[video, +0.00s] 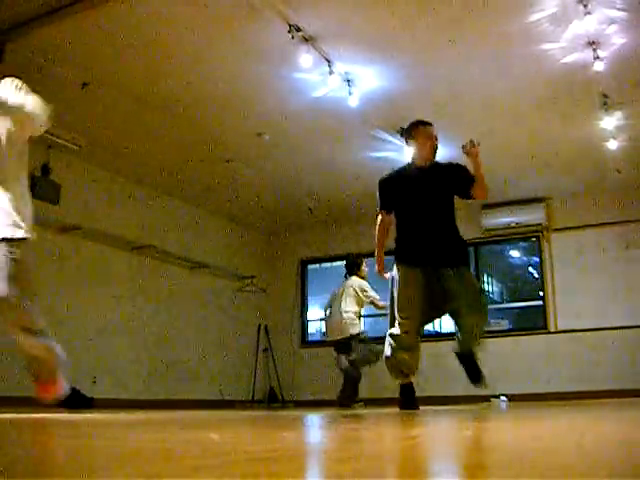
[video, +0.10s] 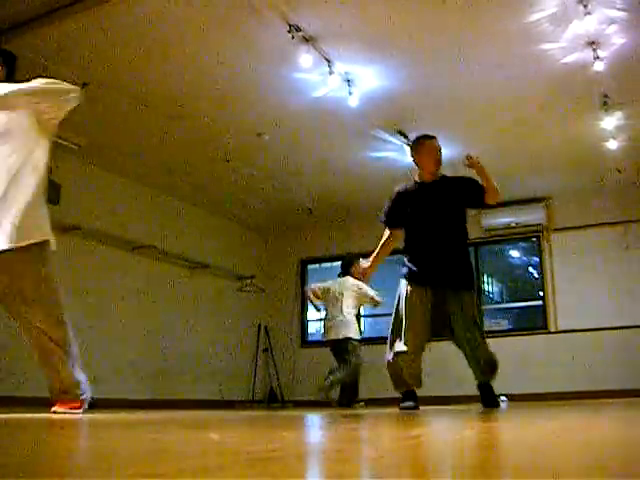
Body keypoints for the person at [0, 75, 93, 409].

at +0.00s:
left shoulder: (10, 92)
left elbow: (39, 114)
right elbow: (39, 113)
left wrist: (10, 96)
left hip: (9, 223)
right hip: (7, 223)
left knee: (14, 307)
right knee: (17, 311)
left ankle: (55, 384)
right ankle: (54, 385)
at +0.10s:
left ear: (6, 70)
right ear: (10, 71)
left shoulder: (28, 106)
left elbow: (70, 92)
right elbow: (70, 93)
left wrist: (10, 94)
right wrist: (19, 97)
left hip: (18, 228)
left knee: (40, 314)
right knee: (36, 315)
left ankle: (71, 392)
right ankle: (69, 391)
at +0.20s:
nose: (8, 83)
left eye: (14, 76)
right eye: (4, 76)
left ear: (25, 83)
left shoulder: (47, 116)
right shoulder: (7, 133)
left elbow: (99, 131)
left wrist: (44, 114)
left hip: (48, 228)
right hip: (10, 233)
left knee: (54, 310)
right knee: (33, 317)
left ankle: (74, 389)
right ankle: (64, 388)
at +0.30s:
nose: (39, 86)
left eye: (43, 78)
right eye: (29, 80)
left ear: (50, 84)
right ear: (12, 90)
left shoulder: (73, 123)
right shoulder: (7, 138)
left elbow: (96, 175)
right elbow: (6, 193)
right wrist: (12, 223)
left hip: (68, 225)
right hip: (25, 225)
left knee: (65, 309)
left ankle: (72, 391)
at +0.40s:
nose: (61, 88)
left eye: (65, 82)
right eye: (53, 81)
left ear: (70, 88)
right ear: (32, 87)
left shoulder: (87, 128)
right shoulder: (12, 133)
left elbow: (108, 180)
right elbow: (7, 189)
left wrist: (104, 226)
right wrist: (13, 199)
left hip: (81, 232)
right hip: (34, 232)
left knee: (74, 312)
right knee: (14, 294)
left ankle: (72, 391)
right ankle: (41, 362)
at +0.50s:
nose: (79, 101)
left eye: (83, 93)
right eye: (70, 92)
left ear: (88, 99)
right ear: (48, 95)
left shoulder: (99, 135)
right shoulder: (26, 132)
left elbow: (123, 173)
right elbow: (2, 166)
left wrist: (108, 216)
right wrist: (41, 167)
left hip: (86, 229)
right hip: (42, 233)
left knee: (82, 304)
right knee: (46, 312)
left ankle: (72, 390)